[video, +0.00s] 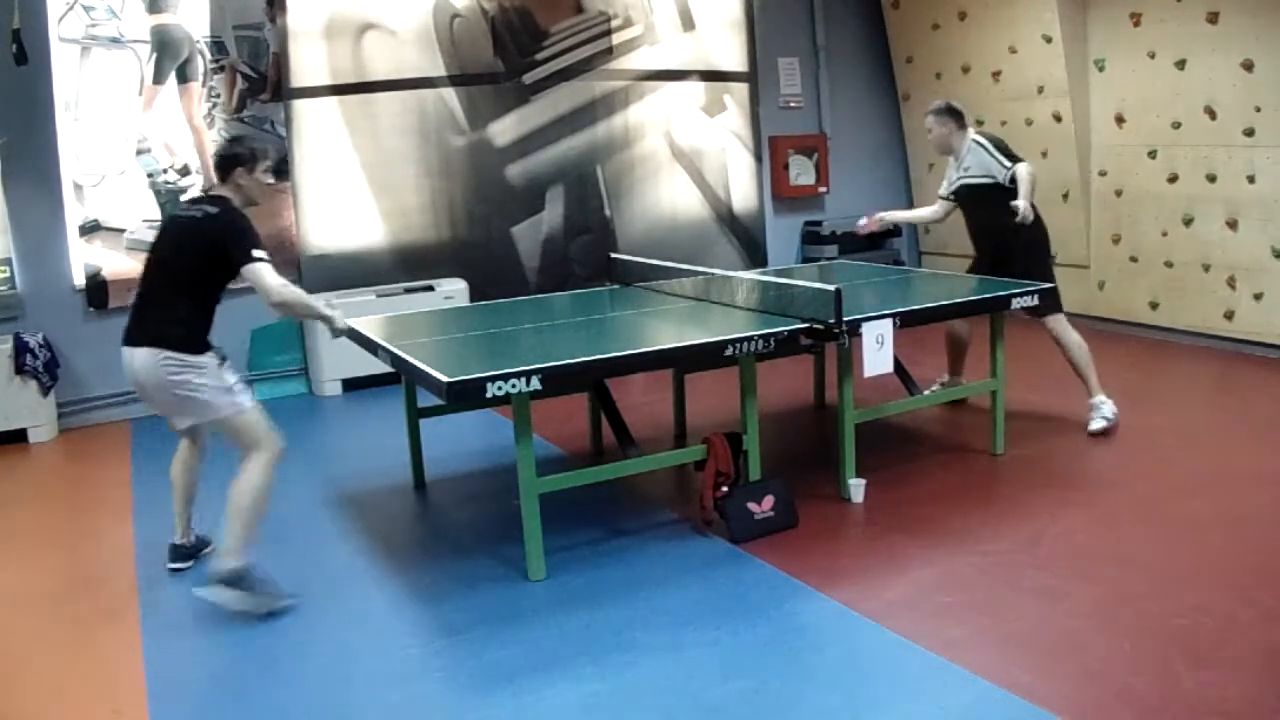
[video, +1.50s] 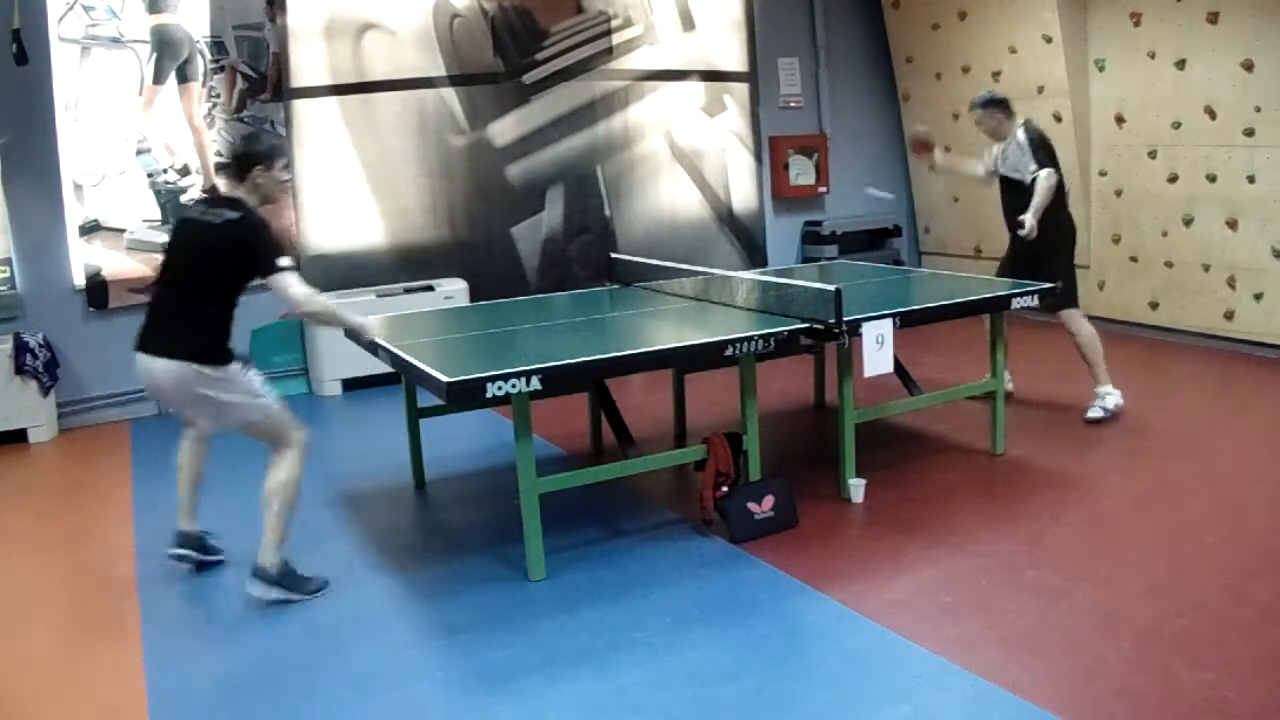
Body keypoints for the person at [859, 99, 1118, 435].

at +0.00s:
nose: (929, 139)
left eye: (931, 131)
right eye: (928, 132)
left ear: (951, 128)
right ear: (946, 130)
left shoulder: (983, 144)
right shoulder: (957, 162)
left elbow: (1023, 170)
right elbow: (938, 212)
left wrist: (1024, 199)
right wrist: (886, 217)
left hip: (1025, 251)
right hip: (991, 254)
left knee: (1053, 321)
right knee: (956, 314)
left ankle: (1100, 400)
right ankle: (953, 381)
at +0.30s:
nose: (943, 112)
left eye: (947, 104)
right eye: (940, 106)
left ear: (969, 102)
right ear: (946, 109)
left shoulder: (997, 129)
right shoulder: (950, 147)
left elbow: (1033, 166)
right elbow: (934, 196)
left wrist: (1027, 201)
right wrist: (900, 221)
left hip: (1014, 245)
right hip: (975, 247)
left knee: (1043, 315)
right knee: (952, 318)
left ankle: (1083, 391)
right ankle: (953, 381)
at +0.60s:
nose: (977, 109)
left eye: (983, 101)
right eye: (974, 103)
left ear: (1005, 100)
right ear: (979, 105)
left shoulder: (1028, 130)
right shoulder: (988, 140)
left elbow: (1059, 177)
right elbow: (995, 190)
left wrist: (1047, 221)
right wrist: (961, 211)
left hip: (1040, 241)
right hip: (1005, 241)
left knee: (1055, 321)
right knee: (981, 311)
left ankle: (1083, 398)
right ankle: (969, 374)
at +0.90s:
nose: (983, 108)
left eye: (989, 100)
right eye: (980, 102)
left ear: (1011, 100)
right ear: (980, 105)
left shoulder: (1037, 131)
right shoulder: (989, 140)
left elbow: (1071, 174)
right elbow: (989, 183)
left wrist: (1066, 220)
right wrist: (962, 212)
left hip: (1053, 238)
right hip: (1016, 240)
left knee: (1072, 314)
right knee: (1000, 310)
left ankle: (1099, 394)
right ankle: (1002, 377)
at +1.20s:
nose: (974, 134)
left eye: (977, 126)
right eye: (971, 128)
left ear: (997, 120)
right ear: (991, 125)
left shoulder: (1025, 141)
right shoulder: (1005, 151)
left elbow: (1056, 179)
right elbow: (1029, 187)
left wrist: (1035, 224)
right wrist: (1026, 226)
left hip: (1063, 242)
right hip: (1035, 244)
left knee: (1071, 319)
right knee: (997, 302)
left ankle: (1111, 395)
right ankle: (1000, 375)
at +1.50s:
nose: (981, 130)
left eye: (983, 123)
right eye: (978, 124)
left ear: (1000, 117)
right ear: (995, 119)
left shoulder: (1028, 138)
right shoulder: (1003, 147)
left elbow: (1048, 175)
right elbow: (983, 172)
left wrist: (1033, 213)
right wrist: (939, 158)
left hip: (1051, 237)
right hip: (1023, 237)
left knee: (1068, 314)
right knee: (992, 303)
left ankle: (1107, 391)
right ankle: (999, 375)